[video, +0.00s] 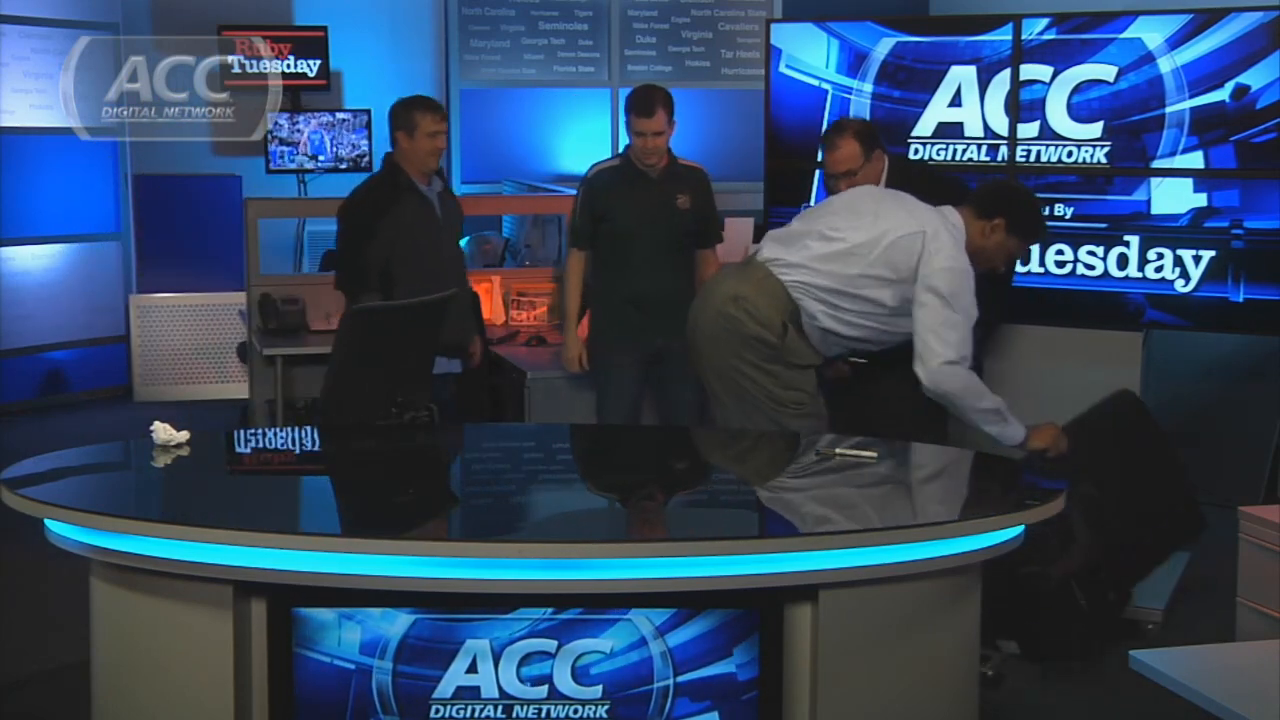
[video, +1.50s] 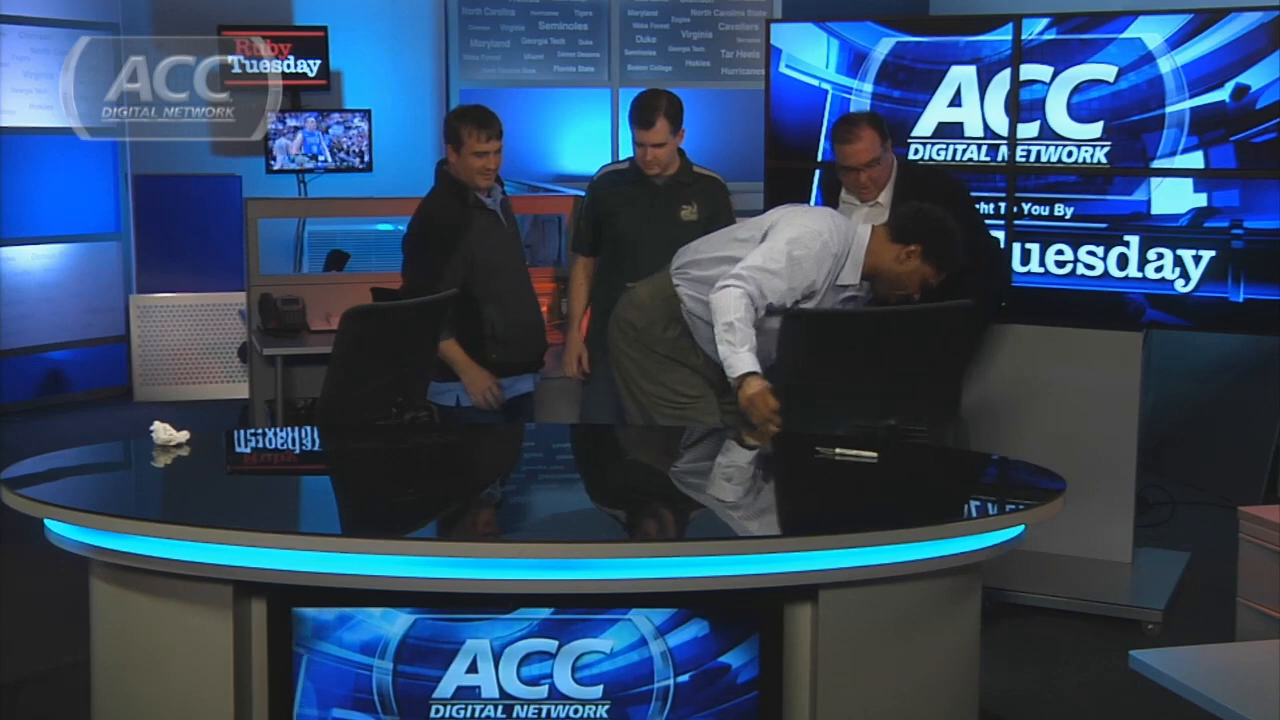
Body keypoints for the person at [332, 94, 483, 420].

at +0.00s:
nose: (442, 145)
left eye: (444, 135)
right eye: (432, 136)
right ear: (402, 140)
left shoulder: (445, 199)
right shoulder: (365, 203)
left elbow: (454, 272)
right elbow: (354, 282)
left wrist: (472, 330)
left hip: (444, 348)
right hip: (392, 350)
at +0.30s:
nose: (474, 143)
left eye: (475, 134)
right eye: (464, 134)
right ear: (433, 140)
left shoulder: (471, 197)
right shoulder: (407, 204)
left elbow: (479, 272)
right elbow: (409, 287)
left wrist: (497, 324)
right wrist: (468, 321)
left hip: (483, 361)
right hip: (438, 365)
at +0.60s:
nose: (493, 155)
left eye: (495, 145)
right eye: (482, 146)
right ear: (452, 149)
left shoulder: (474, 198)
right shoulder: (442, 204)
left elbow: (490, 281)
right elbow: (454, 297)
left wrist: (527, 318)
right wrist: (520, 329)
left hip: (496, 369)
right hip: (465, 375)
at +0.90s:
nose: (502, 160)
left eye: (506, 150)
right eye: (491, 152)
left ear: (511, 147)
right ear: (461, 151)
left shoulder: (485, 202)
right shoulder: (452, 209)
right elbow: (451, 304)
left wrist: (521, 341)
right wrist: (508, 345)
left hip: (501, 381)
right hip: (471, 385)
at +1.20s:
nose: (499, 163)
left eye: (503, 153)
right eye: (487, 155)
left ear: (509, 148)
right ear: (458, 154)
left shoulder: (494, 204)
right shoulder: (443, 214)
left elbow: (503, 285)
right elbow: (430, 308)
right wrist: (484, 361)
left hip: (511, 382)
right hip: (468, 391)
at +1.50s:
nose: (491, 164)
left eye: (497, 153)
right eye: (480, 155)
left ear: (502, 149)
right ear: (452, 154)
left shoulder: (496, 198)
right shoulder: (435, 217)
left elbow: (506, 280)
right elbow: (422, 309)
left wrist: (528, 346)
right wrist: (467, 369)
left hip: (515, 379)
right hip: (463, 391)